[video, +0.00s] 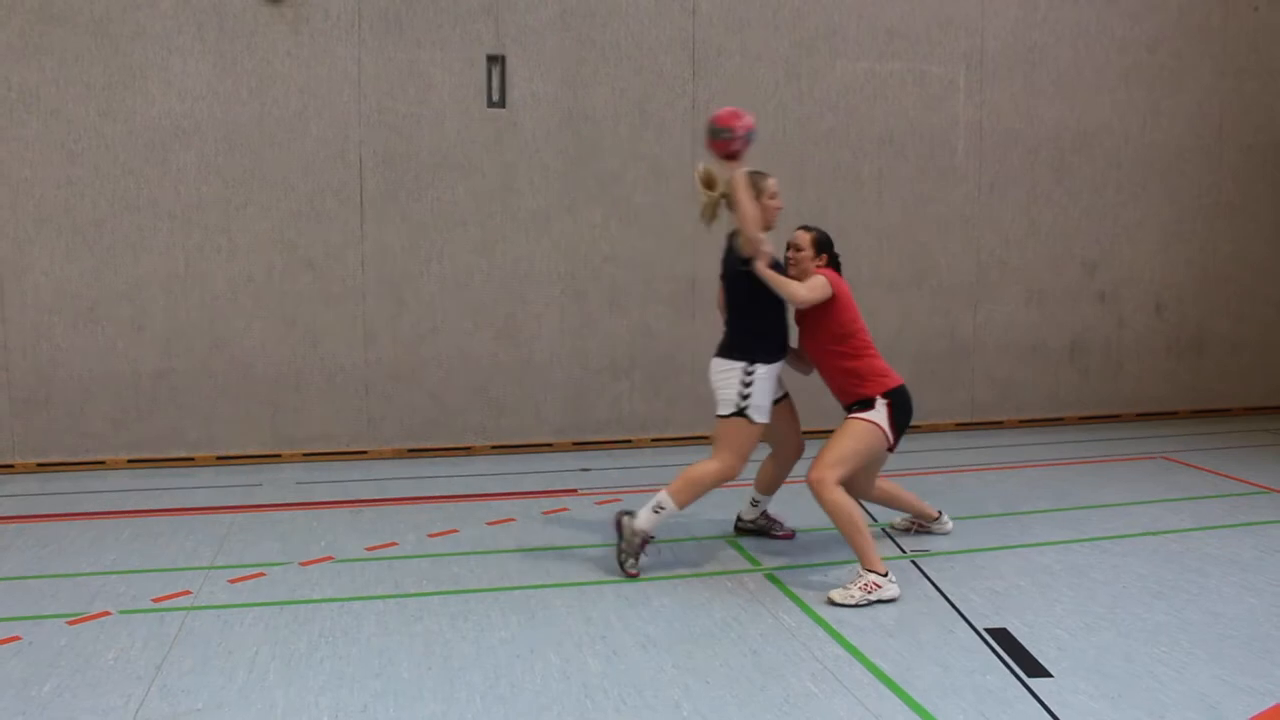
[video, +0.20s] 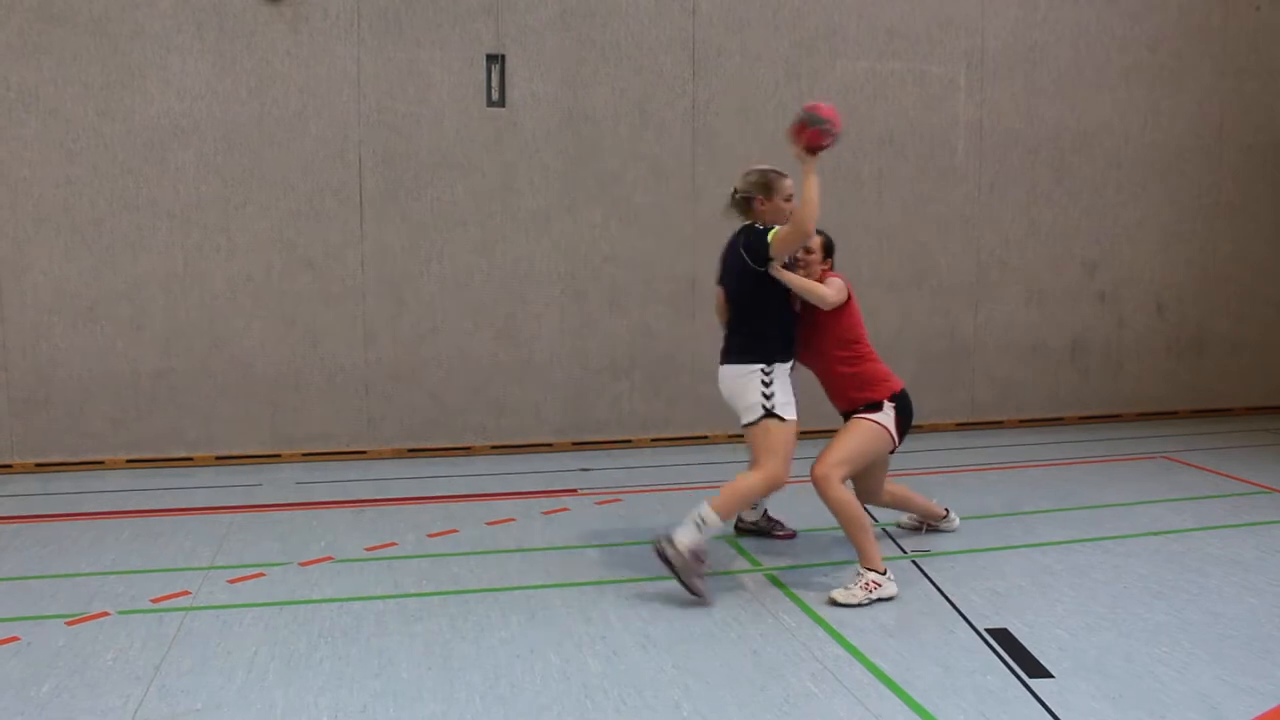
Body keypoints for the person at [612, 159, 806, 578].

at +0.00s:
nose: (779, 205)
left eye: (778, 197)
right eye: (772, 197)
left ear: (763, 204)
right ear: (753, 203)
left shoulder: (749, 250)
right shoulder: (748, 245)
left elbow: (725, 305)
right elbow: (751, 234)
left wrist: (753, 340)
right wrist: (737, 174)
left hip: (762, 366)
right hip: (744, 367)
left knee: (790, 445)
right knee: (727, 463)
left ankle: (752, 514)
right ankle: (639, 525)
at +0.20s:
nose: (794, 207)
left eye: (793, 198)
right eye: (786, 200)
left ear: (758, 204)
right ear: (760, 205)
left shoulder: (737, 246)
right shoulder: (759, 241)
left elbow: (724, 309)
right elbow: (805, 224)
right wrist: (810, 164)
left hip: (746, 366)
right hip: (760, 370)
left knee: (774, 449)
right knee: (773, 472)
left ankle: (750, 514)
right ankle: (685, 539)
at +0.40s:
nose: (766, 196)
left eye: (763, 187)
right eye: (758, 189)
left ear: (721, 199)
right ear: (731, 195)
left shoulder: (686, 246)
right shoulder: (744, 235)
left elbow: (663, 310)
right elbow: (821, 227)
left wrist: (686, 352)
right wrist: (838, 163)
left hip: (690, 381)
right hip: (731, 383)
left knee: (741, 458)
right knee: (734, 490)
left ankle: (742, 537)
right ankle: (676, 578)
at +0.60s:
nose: (700, 166)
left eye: (698, 157)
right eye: (689, 159)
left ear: (654, 172)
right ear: (658, 168)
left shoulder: (631, 220)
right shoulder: (678, 214)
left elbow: (600, 296)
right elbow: (769, 221)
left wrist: (623, 342)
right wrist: (825, 173)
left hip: (619, 362)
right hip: (655, 366)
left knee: (679, 481)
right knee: (691, 490)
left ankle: (655, 586)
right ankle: (636, 596)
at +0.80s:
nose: (602, 192)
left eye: (598, 181)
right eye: (589, 184)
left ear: (551, 204)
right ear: (556, 200)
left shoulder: (522, 260)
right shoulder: (583, 254)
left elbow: (493, 340)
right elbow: (668, 291)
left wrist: (515, 393)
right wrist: (761, 267)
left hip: (514, 423)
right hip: (549, 427)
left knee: (600, 502)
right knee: (568, 563)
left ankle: (640, 600)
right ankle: (501, 698)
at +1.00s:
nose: (490, 152)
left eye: (486, 141)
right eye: (476, 142)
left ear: (439, 160)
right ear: (442, 157)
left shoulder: (415, 211)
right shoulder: (461, 219)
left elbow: (370, 290)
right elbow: (507, 312)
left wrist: (401, 349)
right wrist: (563, 393)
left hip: (379, 383)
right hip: (402, 394)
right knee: (429, 535)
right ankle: (434, 671)